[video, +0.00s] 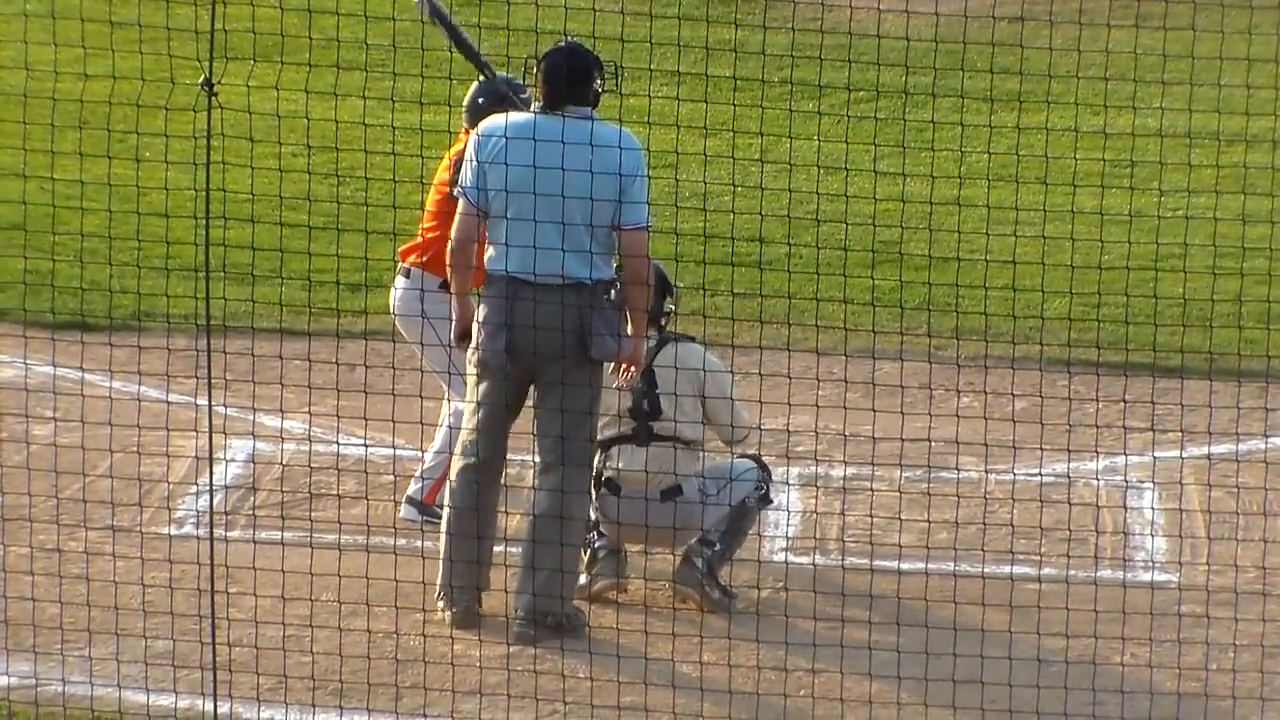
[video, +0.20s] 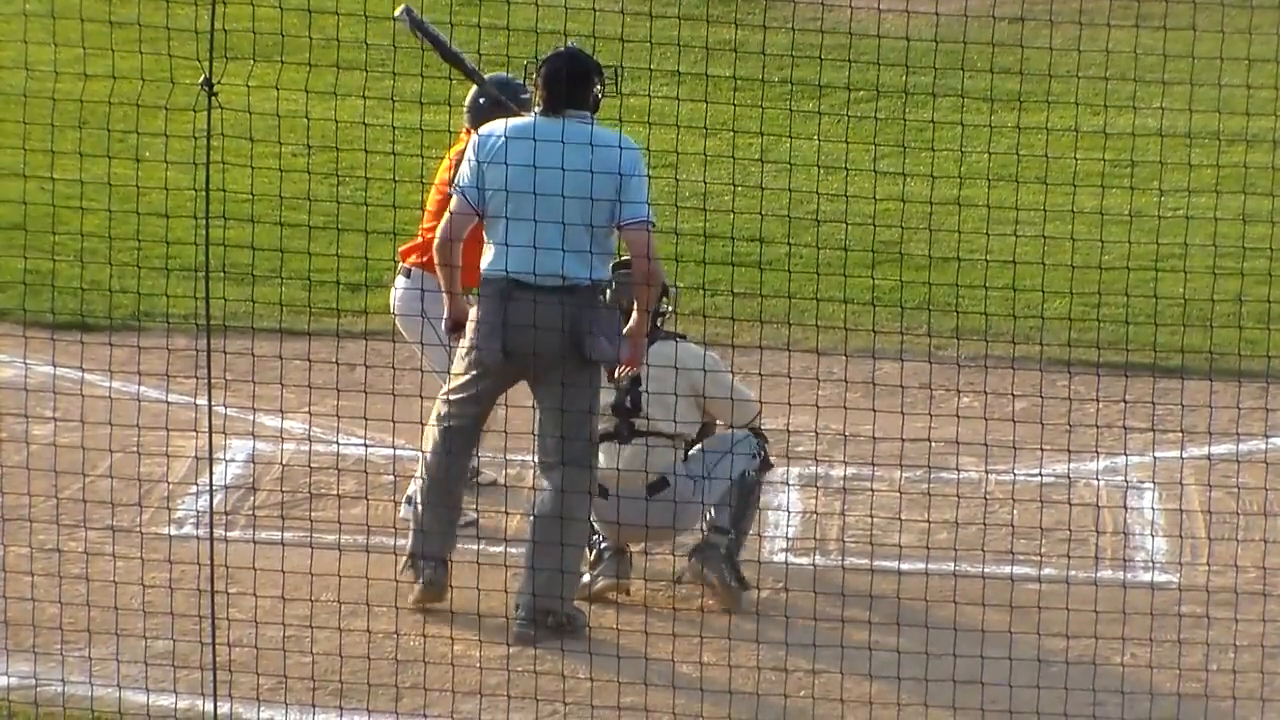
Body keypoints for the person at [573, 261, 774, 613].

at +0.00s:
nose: (663, 306)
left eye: (632, 298)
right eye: (663, 300)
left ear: (614, 305)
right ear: (662, 307)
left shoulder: (599, 356)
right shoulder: (691, 356)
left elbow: (579, 433)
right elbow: (736, 432)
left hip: (611, 510)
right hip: (676, 512)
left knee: (579, 461)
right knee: (755, 474)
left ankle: (603, 554)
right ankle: (701, 563)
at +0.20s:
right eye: (659, 298)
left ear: (605, 309)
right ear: (658, 308)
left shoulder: (592, 358)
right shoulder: (686, 357)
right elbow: (746, 413)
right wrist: (702, 424)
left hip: (601, 511)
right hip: (663, 511)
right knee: (749, 444)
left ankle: (608, 555)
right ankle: (718, 551)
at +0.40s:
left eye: (629, 302)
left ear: (621, 311)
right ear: (675, 312)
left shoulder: (599, 361)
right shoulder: (691, 363)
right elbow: (757, 422)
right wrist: (715, 435)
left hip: (592, 508)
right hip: (653, 510)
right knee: (751, 468)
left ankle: (604, 563)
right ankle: (774, 588)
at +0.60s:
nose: (708, 316)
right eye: (705, 309)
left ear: (647, 313)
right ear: (700, 316)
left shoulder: (619, 359)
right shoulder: (715, 367)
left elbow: (591, 412)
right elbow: (779, 424)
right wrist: (715, 444)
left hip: (604, 502)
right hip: (668, 507)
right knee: (767, 461)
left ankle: (606, 567)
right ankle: (776, 583)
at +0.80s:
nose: (730, 323)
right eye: (727, 316)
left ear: (672, 319)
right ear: (722, 324)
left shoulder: (639, 363)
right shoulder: (734, 372)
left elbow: (613, 418)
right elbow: (795, 432)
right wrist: (745, 447)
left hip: (629, 504)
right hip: (691, 508)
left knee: (610, 450)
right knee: (779, 462)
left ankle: (605, 570)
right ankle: (776, 580)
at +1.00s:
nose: (738, 329)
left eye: (734, 320)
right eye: (736, 322)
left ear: (679, 324)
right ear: (731, 328)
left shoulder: (649, 368)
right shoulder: (742, 378)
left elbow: (625, 426)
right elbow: (805, 439)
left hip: (634, 504)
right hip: (692, 511)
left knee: (626, 451)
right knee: (781, 466)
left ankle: (607, 567)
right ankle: (777, 583)